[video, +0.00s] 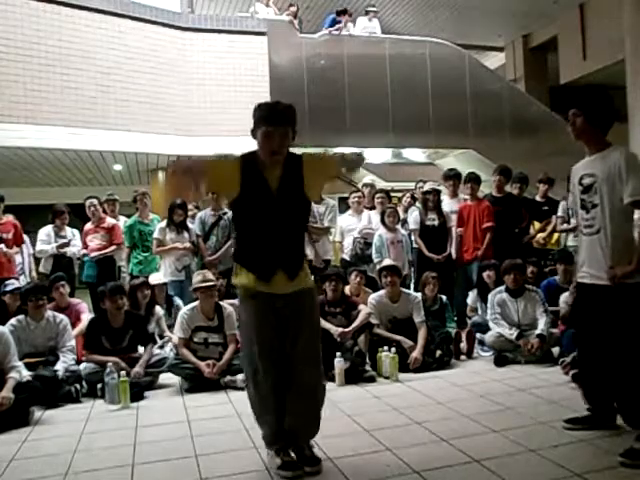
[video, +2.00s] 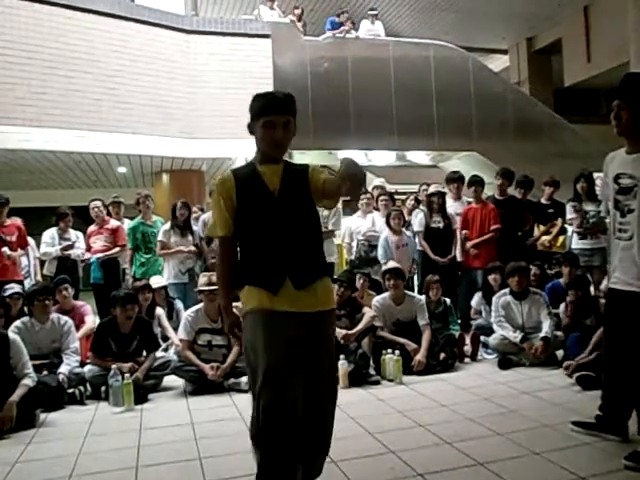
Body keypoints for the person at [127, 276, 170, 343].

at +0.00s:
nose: (145, 293)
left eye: (147, 289)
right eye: (141, 291)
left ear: (151, 291)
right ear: (134, 294)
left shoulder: (156, 310)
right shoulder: (129, 312)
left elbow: (165, 331)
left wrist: (173, 338)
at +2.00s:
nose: (146, 296)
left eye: (149, 292)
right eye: (142, 293)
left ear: (152, 294)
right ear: (137, 296)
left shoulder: (158, 311)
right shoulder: (134, 312)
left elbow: (167, 328)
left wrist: (175, 341)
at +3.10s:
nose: (146, 296)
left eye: (149, 292)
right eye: (143, 293)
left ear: (152, 294)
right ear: (137, 295)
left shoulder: (158, 312)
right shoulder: (134, 313)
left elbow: (168, 329)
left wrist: (177, 343)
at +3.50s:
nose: (146, 296)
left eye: (149, 292)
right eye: (142, 293)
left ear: (152, 294)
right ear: (137, 295)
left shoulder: (158, 312)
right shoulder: (134, 312)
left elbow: (168, 329)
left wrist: (177, 343)